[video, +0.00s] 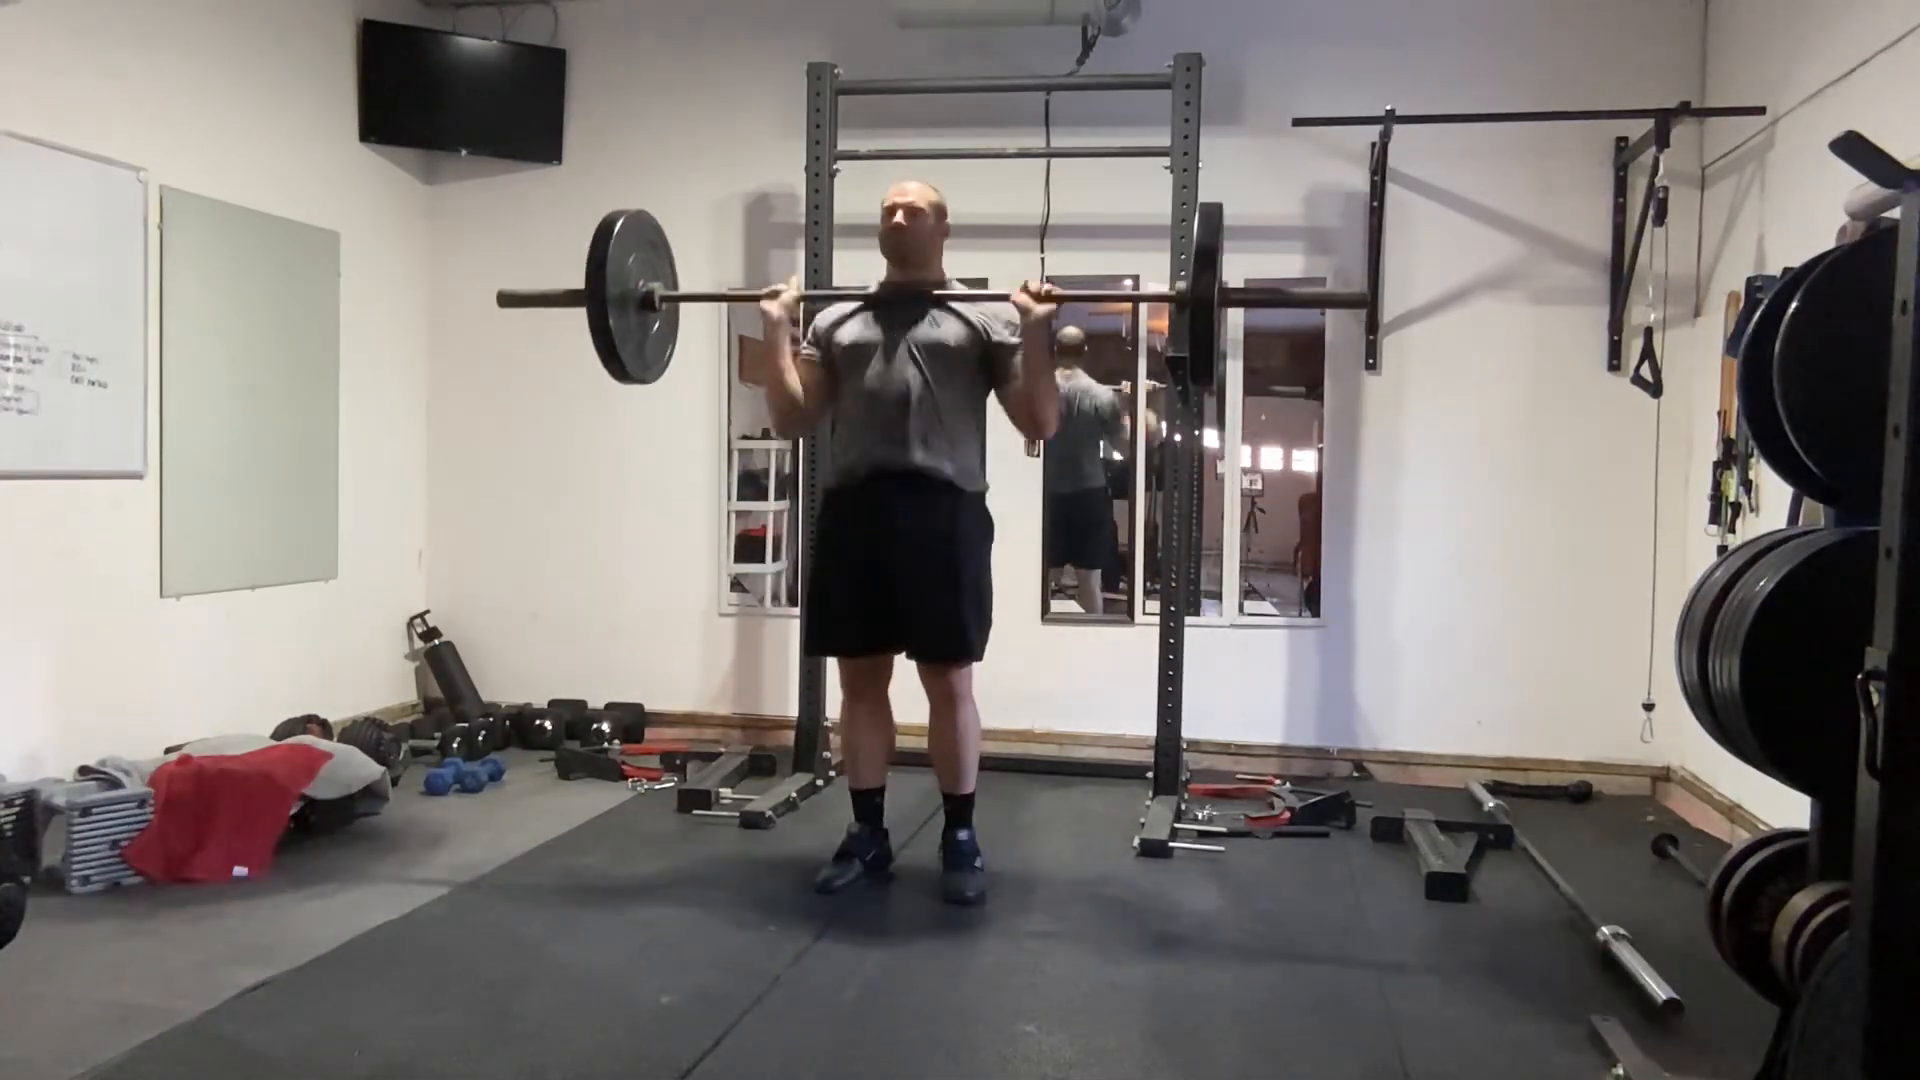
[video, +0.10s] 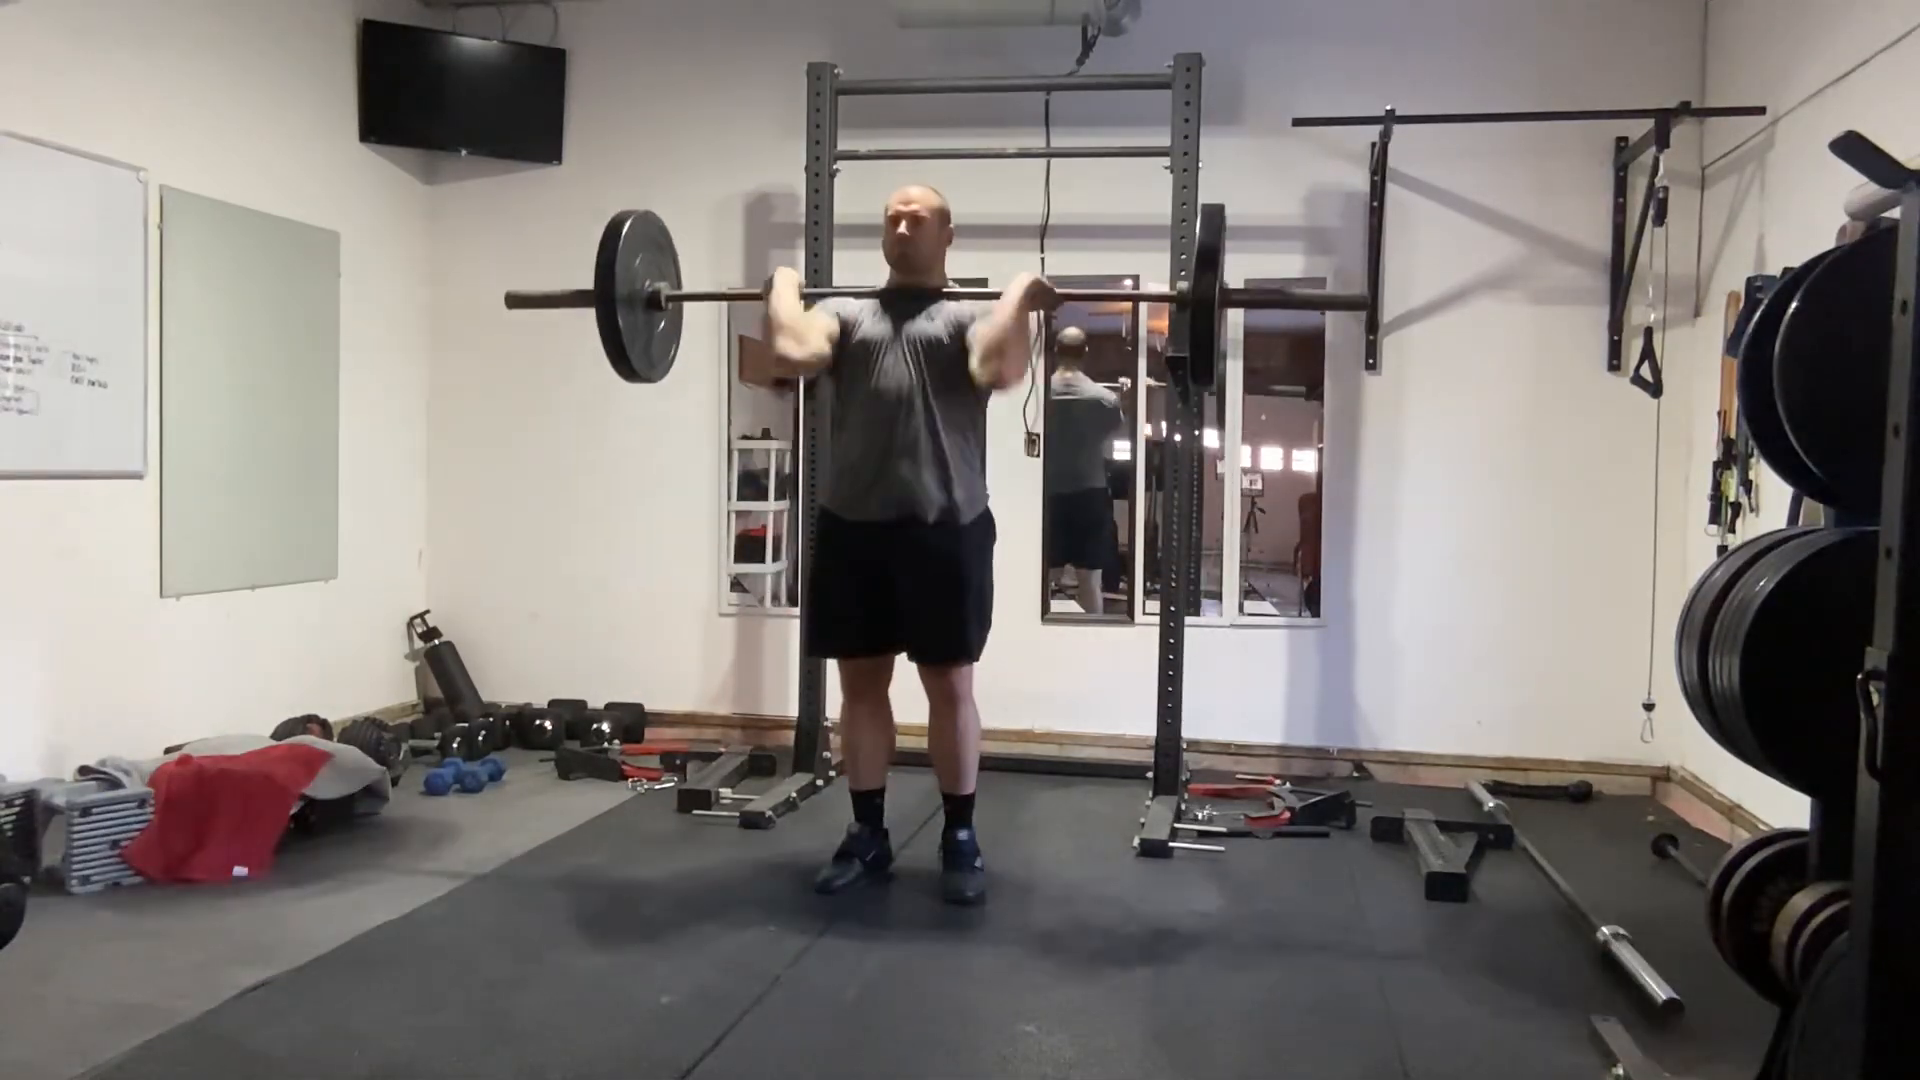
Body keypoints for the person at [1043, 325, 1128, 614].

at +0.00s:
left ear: (1054, 350)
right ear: (1084, 351)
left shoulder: (1039, 390)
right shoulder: (1099, 394)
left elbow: (1031, 442)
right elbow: (1122, 444)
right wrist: (1128, 401)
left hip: (1046, 493)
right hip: (1088, 492)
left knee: (1043, 575)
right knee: (1089, 577)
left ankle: (1036, 642)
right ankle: (1097, 641)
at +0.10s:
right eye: (1081, 352)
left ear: (1056, 352)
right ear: (1085, 353)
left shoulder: (1038, 394)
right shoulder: (1101, 397)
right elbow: (1117, 428)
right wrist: (1123, 397)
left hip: (1047, 494)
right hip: (1088, 493)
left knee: (1044, 575)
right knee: (1089, 576)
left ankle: (1037, 644)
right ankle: (1096, 642)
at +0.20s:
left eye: (1060, 352)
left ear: (1055, 353)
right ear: (1086, 353)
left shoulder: (1041, 395)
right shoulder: (1104, 397)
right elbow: (1121, 413)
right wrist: (1127, 386)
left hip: (1049, 495)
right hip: (1090, 495)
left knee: (1045, 577)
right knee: (1089, 578)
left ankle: (1038, 645)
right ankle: (1096, 644)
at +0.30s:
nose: (1070, 358)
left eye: (1065, 353)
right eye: (1076, 352)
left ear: (1056, 352)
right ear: (1087, 352)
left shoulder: (1043, 394)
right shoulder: (1106, 393)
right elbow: (1126, 400)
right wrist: (1128, 380)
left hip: (1050, 496)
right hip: (1091, 495)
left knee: (1044, 576)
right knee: (1089, 575)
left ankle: (1038, 645)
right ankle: (1097, 641)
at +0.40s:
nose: (1072, 355)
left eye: (1066, 350)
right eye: (1079, 349)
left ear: (1057, 351)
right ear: (1088, 351)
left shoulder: (1042, 392)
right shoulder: (1105, 393)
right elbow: (1132, 402)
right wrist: (1130, 382)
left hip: (1051, 493)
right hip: (1091, 492)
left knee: (1046, 574)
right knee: (1088, 572)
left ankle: (1038, 641)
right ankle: (1097, 638)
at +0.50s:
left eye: (1067, 356)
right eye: (1081, 354)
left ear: (1056, 356)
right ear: (1087, 355)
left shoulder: (1043, 397)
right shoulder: (1105, 398)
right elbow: (1125, 426)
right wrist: (1130, 393)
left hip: (1052, 495)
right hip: (1093, 495)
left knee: (1043, 573)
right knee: (1101, 573)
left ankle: (1036, 642)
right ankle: (1099, 643)